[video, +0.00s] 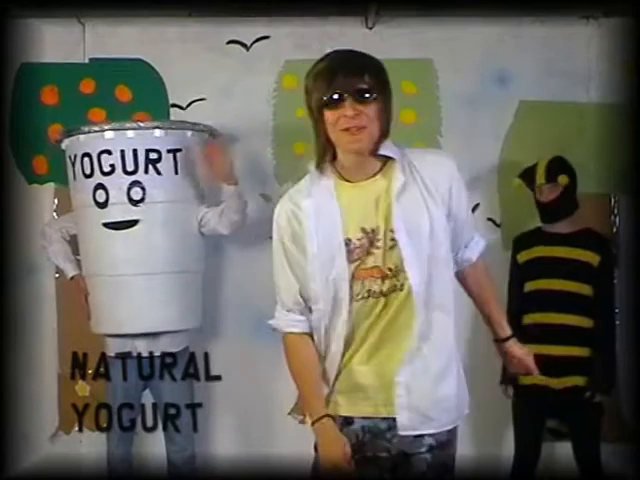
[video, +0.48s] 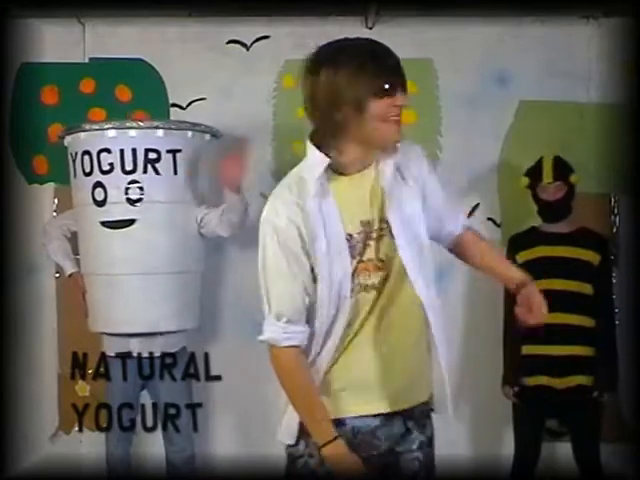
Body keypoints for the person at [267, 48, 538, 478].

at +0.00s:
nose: (350, 112)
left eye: (364, 97)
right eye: (334, 101)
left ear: (385, 107)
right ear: (319, 116)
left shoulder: (436, 174)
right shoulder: (296, 209)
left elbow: (469, 261)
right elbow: (295, 325)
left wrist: (506, 339)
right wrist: (321, 424)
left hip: (427, 417)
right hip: (343, 421)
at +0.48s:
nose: (402, 102)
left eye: (401, 91)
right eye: (386, 91)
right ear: (343, 102)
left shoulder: (410, 167)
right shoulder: (291, 206)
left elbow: (457, 235)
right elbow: (283, 342)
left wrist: (518, 280)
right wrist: (328, 442)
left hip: (411, 417)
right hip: (332, 428)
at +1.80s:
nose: (293, 91)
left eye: (299, 77)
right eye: (272, 83)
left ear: (312, 86)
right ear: (246, 101)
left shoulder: (346, 165)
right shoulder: (223, 203)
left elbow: (377, 257)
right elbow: (220, 326)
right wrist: (235, 434)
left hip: (363, 406)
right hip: (280, 419)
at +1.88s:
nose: (285, 89)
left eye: (293, 74)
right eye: (266, 82)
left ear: (312, 84)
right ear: (248, 103)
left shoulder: (355, 168)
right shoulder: (225, 200)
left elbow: (371, 281)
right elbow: (228, 324)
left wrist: (397, 373)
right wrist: (239, 422)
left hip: (365, 410)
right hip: (282, 420)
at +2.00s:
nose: (287, 86)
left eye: (298, 72)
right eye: (269, 78)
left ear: (321, 85)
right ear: (255, 99)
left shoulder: (370, 167)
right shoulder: (229, 197)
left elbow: (394, 282)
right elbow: (229, 317)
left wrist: (411, 377)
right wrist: (243, 419)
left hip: (375, 411)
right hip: (285, 420)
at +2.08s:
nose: (294, 89)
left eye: (305, 74)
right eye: (277, 80)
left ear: (328, 86)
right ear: (262, 99)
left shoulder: (383, 170)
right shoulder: (239, 198)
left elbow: (418, 280)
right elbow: (237, 319)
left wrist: (451, 378)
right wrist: (242, 424)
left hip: (375, 418)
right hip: (284, 425)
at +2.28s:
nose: (318, 73)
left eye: (331, 58)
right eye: (302, 64)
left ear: (357, 73)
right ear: (289, 86)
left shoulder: (414, 163)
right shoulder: (264, 184)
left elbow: (455, 269)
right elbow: (248, 291)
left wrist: (506, 353)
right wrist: (248, 383)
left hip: (399, 418)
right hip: (305, 421)